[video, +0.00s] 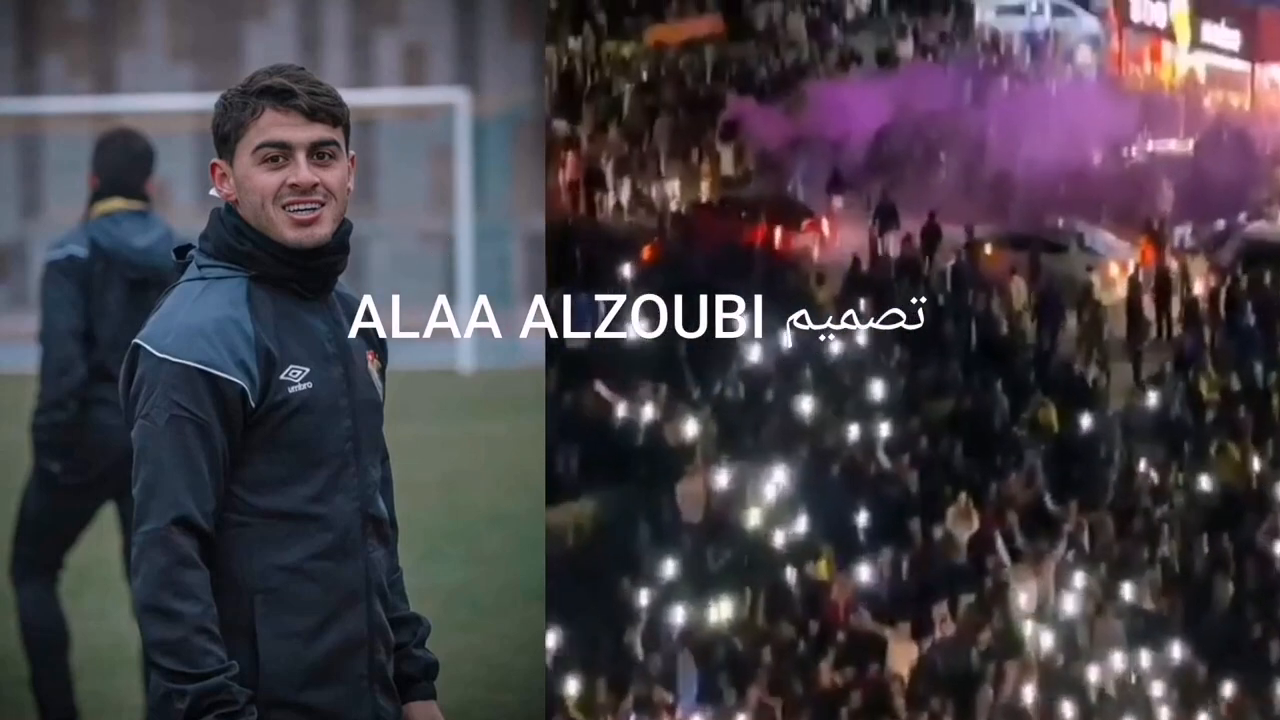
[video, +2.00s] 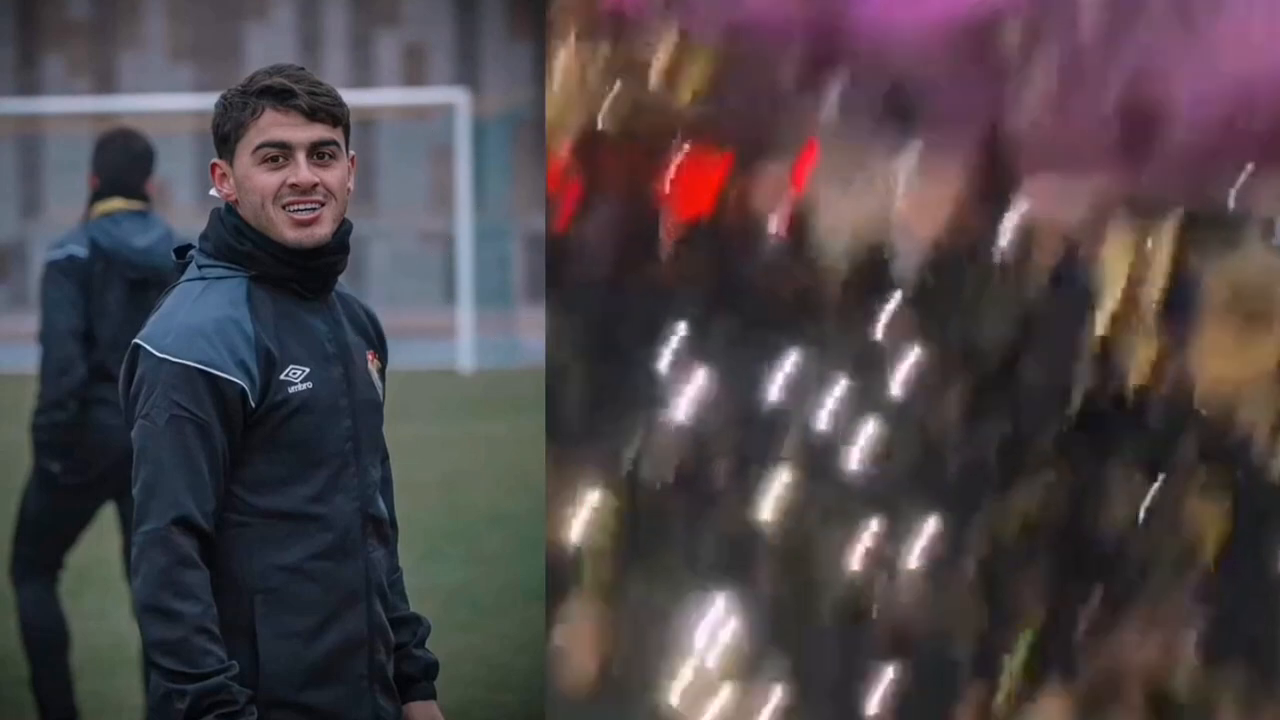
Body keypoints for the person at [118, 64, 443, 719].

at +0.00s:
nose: (305, 178)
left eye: (322, 155)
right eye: (274, 158)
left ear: (350, 171)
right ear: (226, 182)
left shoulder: (351, 319)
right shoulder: (196, 334)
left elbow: (372, 523)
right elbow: (164, 551)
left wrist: (414, 684)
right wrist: (213, 705)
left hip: (364, 690)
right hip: (260, 692)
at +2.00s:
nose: (305, 178)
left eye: (322, 155)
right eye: (274, 158)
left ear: (349, 171)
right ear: (226, 182)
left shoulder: (356, 324)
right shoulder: (195, 334)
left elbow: (373, 525)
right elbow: (164, 551)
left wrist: (414, 684)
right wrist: (213, 705)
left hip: (364, 690)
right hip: (259, 691)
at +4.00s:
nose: (304, 178)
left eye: (322, 155)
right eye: (274, 158)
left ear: (350, 171)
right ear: (226, 182)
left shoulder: (356, 323)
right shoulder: (195, 334)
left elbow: (372, 525)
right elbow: (164, 550)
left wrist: (414, 685)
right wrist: (213, 705)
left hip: (365, 690)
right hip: (259, 691)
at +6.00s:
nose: (305, 178)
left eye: (322, 155)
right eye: (274, 158)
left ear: (349, 171)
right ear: (226, 182)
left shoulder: (356, 323)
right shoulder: (195, 334)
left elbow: (372, 525)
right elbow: (164, 550)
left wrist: (414, 684)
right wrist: (213, 705)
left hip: (366, 690)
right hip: (260, 691)